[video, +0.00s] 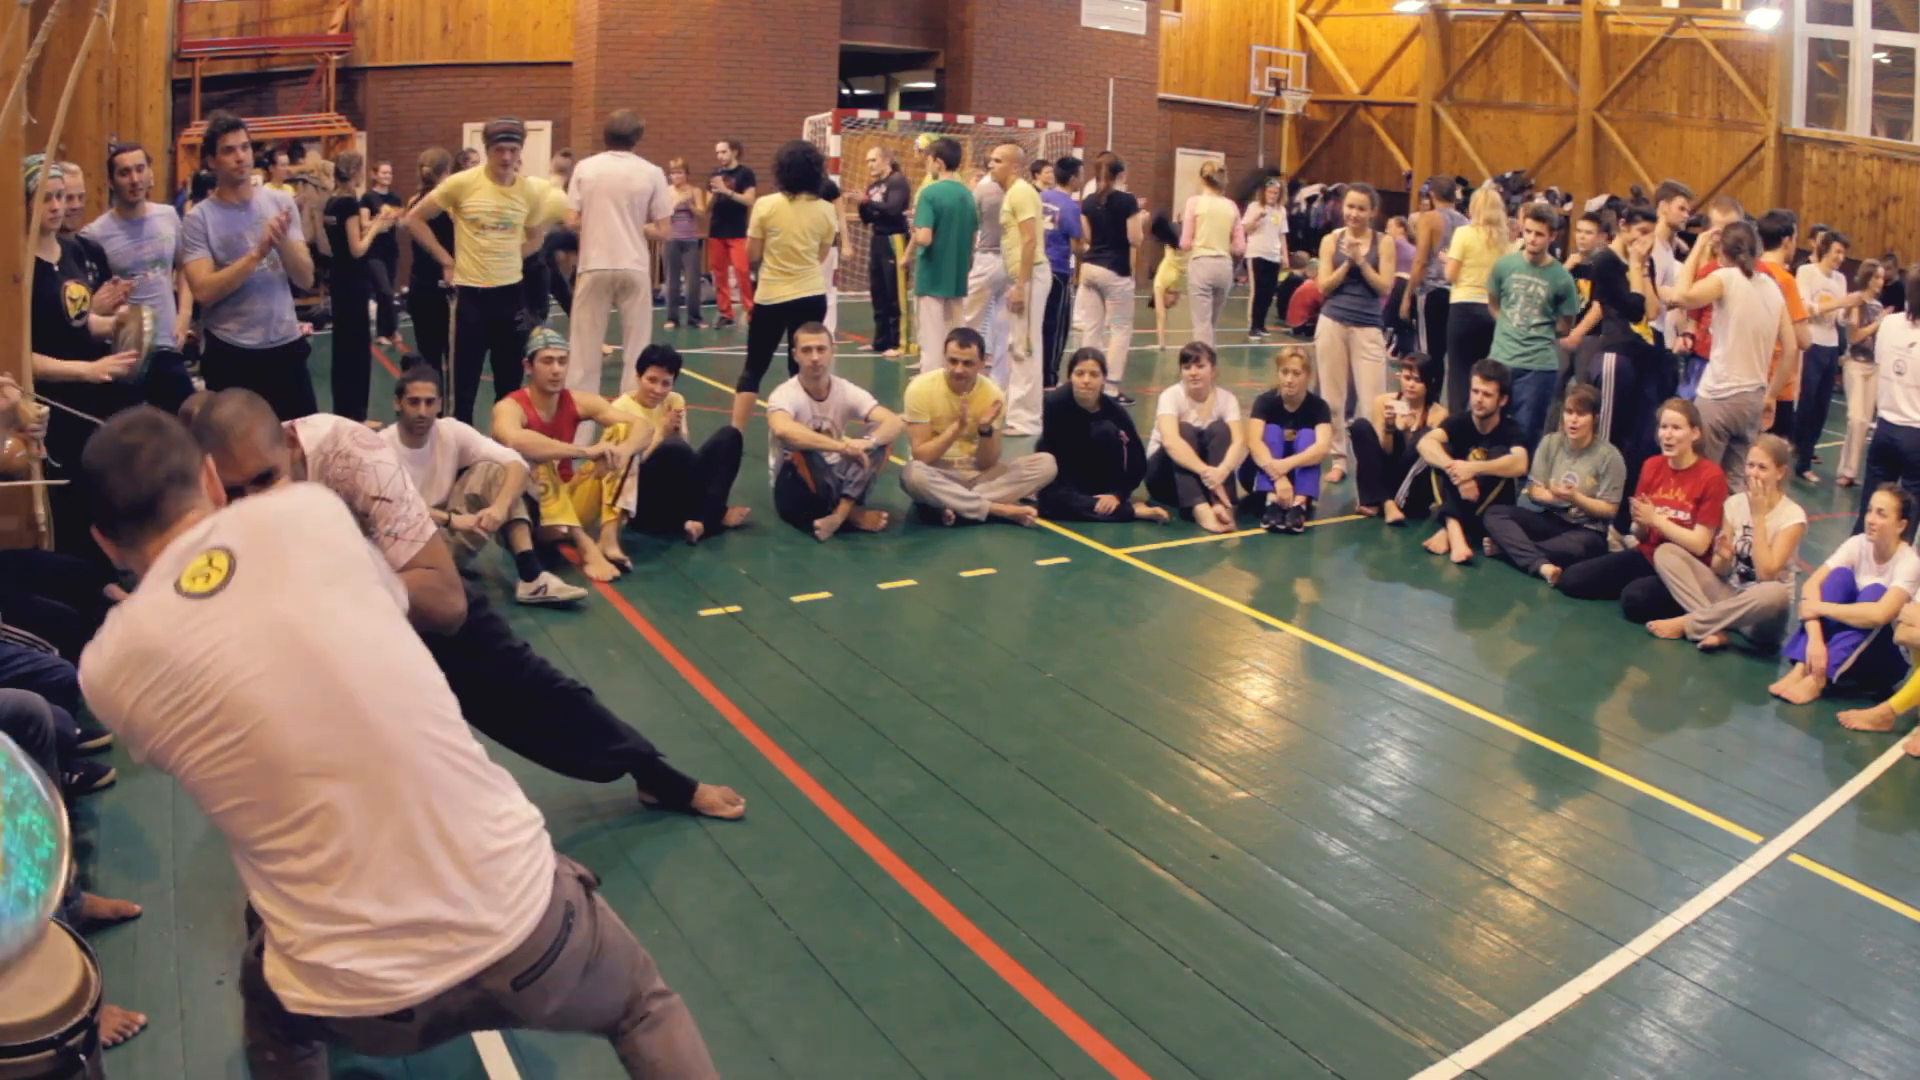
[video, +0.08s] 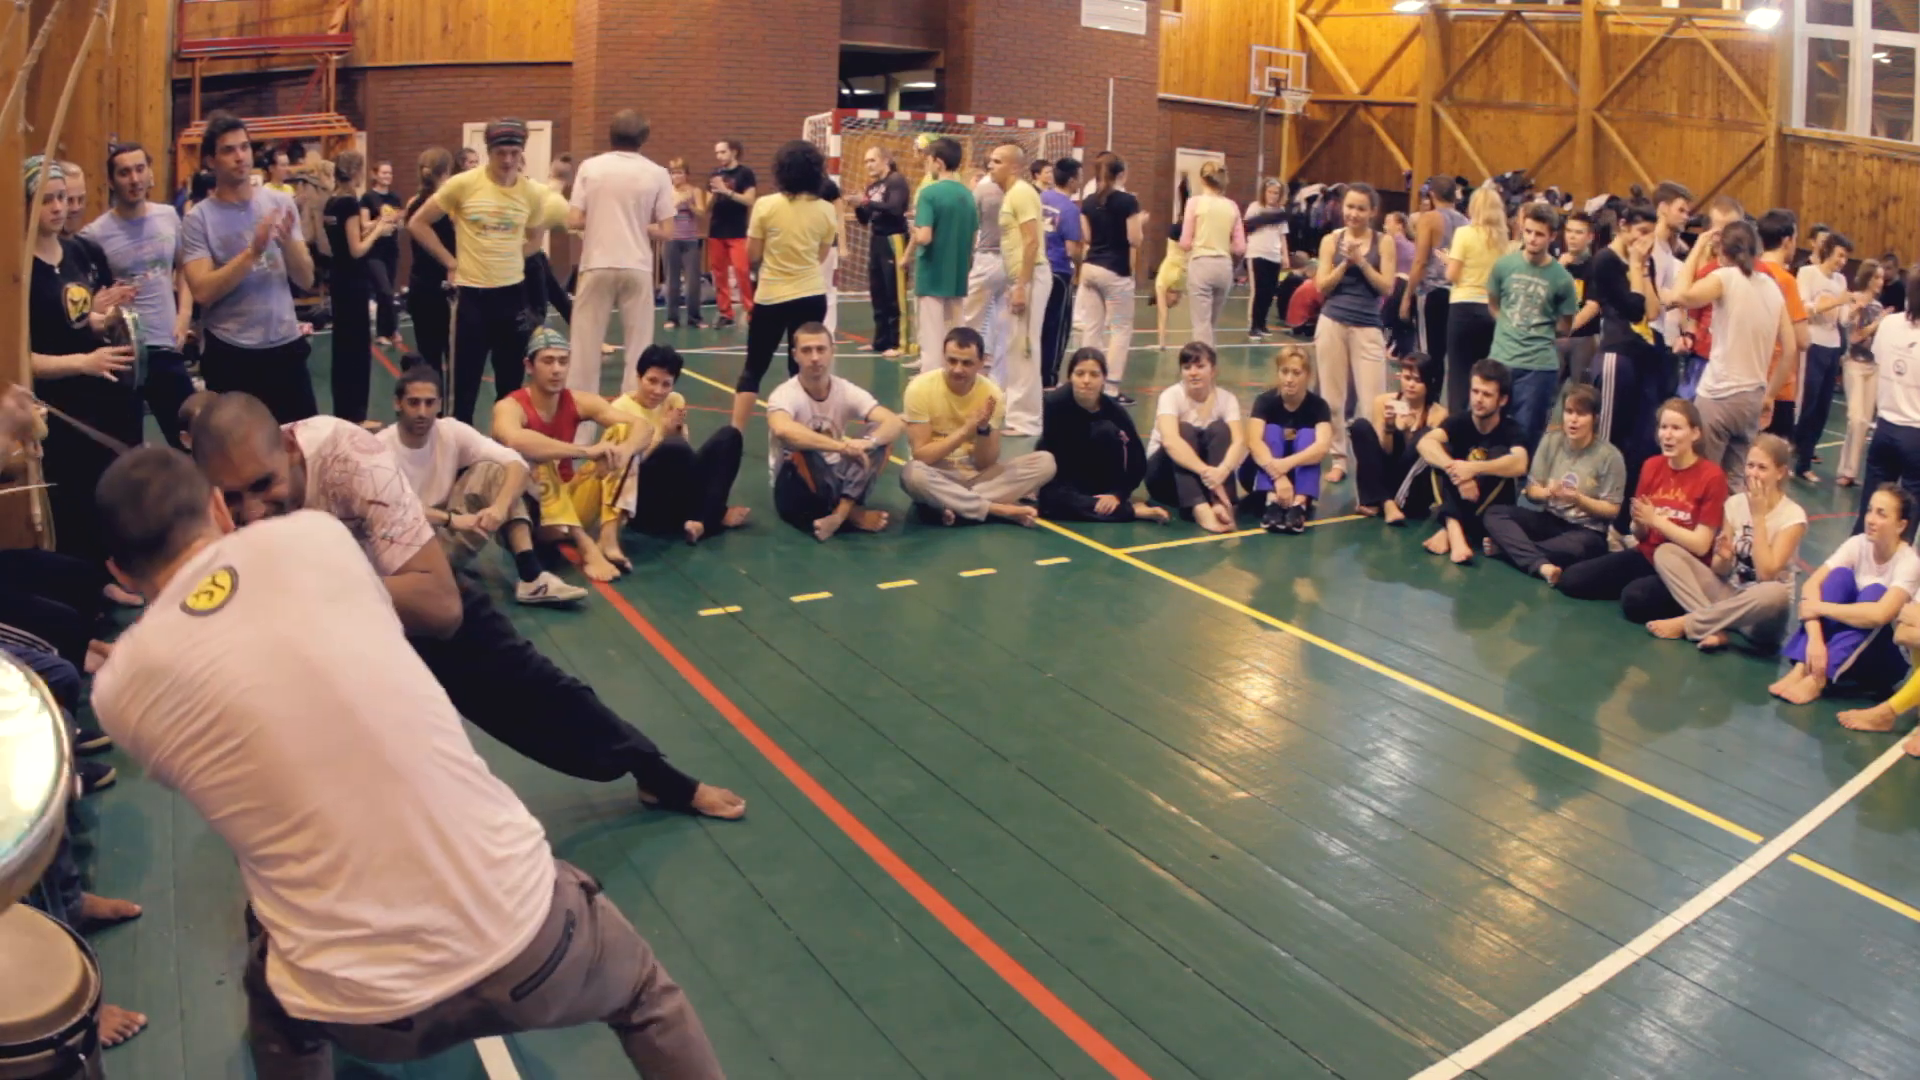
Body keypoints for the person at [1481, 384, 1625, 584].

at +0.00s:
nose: (1573, 420)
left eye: (1581, 414)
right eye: (1569, 412)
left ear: (1594, 418)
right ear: (1562, 414)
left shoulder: (1610, 457)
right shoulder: (1550, 442)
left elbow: (1610, 510)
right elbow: (1534, 491)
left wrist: (1574, 496)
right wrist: (1556, 496)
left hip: (1585, 529)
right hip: (1548, 520)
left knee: (1576, 548)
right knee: (1494, 514)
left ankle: (1509, 549)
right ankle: (1539, 566)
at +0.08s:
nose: (1573, 420)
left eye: (1581, 414)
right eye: (1569, 412)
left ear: (1594, 418)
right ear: (1562, 414)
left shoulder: (1610, 457)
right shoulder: (1550, 441)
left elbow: (1612, 510)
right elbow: (1531, 491)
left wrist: (1577, 498)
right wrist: (1549, 492)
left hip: (1584, 530)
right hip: (1547, 519)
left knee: (1574, 549)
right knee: (1494, 514)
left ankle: (1509, 549)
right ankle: (1539, 566)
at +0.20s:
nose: (1573, 420)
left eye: (1581, 414)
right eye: (1568, 412)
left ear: (1594, 418)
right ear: (1562, 414)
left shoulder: (1610, 457)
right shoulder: (1549, 441)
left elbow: (1614, 509)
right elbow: (1531, 495)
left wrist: (1588, 504)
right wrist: (1535, 489)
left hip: (1583, 530)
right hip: (1547, 519)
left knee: (1574, 548)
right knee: (1494, 514)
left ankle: (1509, 549)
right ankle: (1539, 566)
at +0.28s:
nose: (1574, 419)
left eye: (1582, 413)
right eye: (1569, 411)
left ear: (1594, 418)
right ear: (1562, 414)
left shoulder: (1609, 456)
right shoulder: (1549, 441)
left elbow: (1612, 509)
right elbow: (1532, 493)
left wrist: (1583, 502)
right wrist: (1541, 492)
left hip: (1584, 530)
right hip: (1547, 520)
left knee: (1575, 548)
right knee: (1494, 514)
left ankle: (1509, 549)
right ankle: (1539, 565)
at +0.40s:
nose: (1574, 417)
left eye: (1581, 412)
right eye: (1570, 410)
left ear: (1594, 417)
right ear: (1562, 413)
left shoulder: (1609, 455)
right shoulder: (1549, 442)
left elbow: (1609, 509)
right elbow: (1534, 490)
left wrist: (1574, 497)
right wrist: (1553, 495)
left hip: (1584, 530)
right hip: (1547, 520)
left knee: (1575, 548)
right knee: (1494, 514)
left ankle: (1509, 549)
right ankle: (1539, 565)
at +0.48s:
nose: (1573, 417)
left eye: (1581, 412)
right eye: (1568, 410)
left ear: (1594, 417)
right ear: (1561, 413)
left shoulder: (1609, 455)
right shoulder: (1549, 441)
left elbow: (1614, 508)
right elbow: (1531, 489)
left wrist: (1582, 501)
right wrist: (1544, 490)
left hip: (1584, 530)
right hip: (1547, 519)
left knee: (1574, 548)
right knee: (1494, 514)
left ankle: (1509, 549)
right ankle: (1539, 566)